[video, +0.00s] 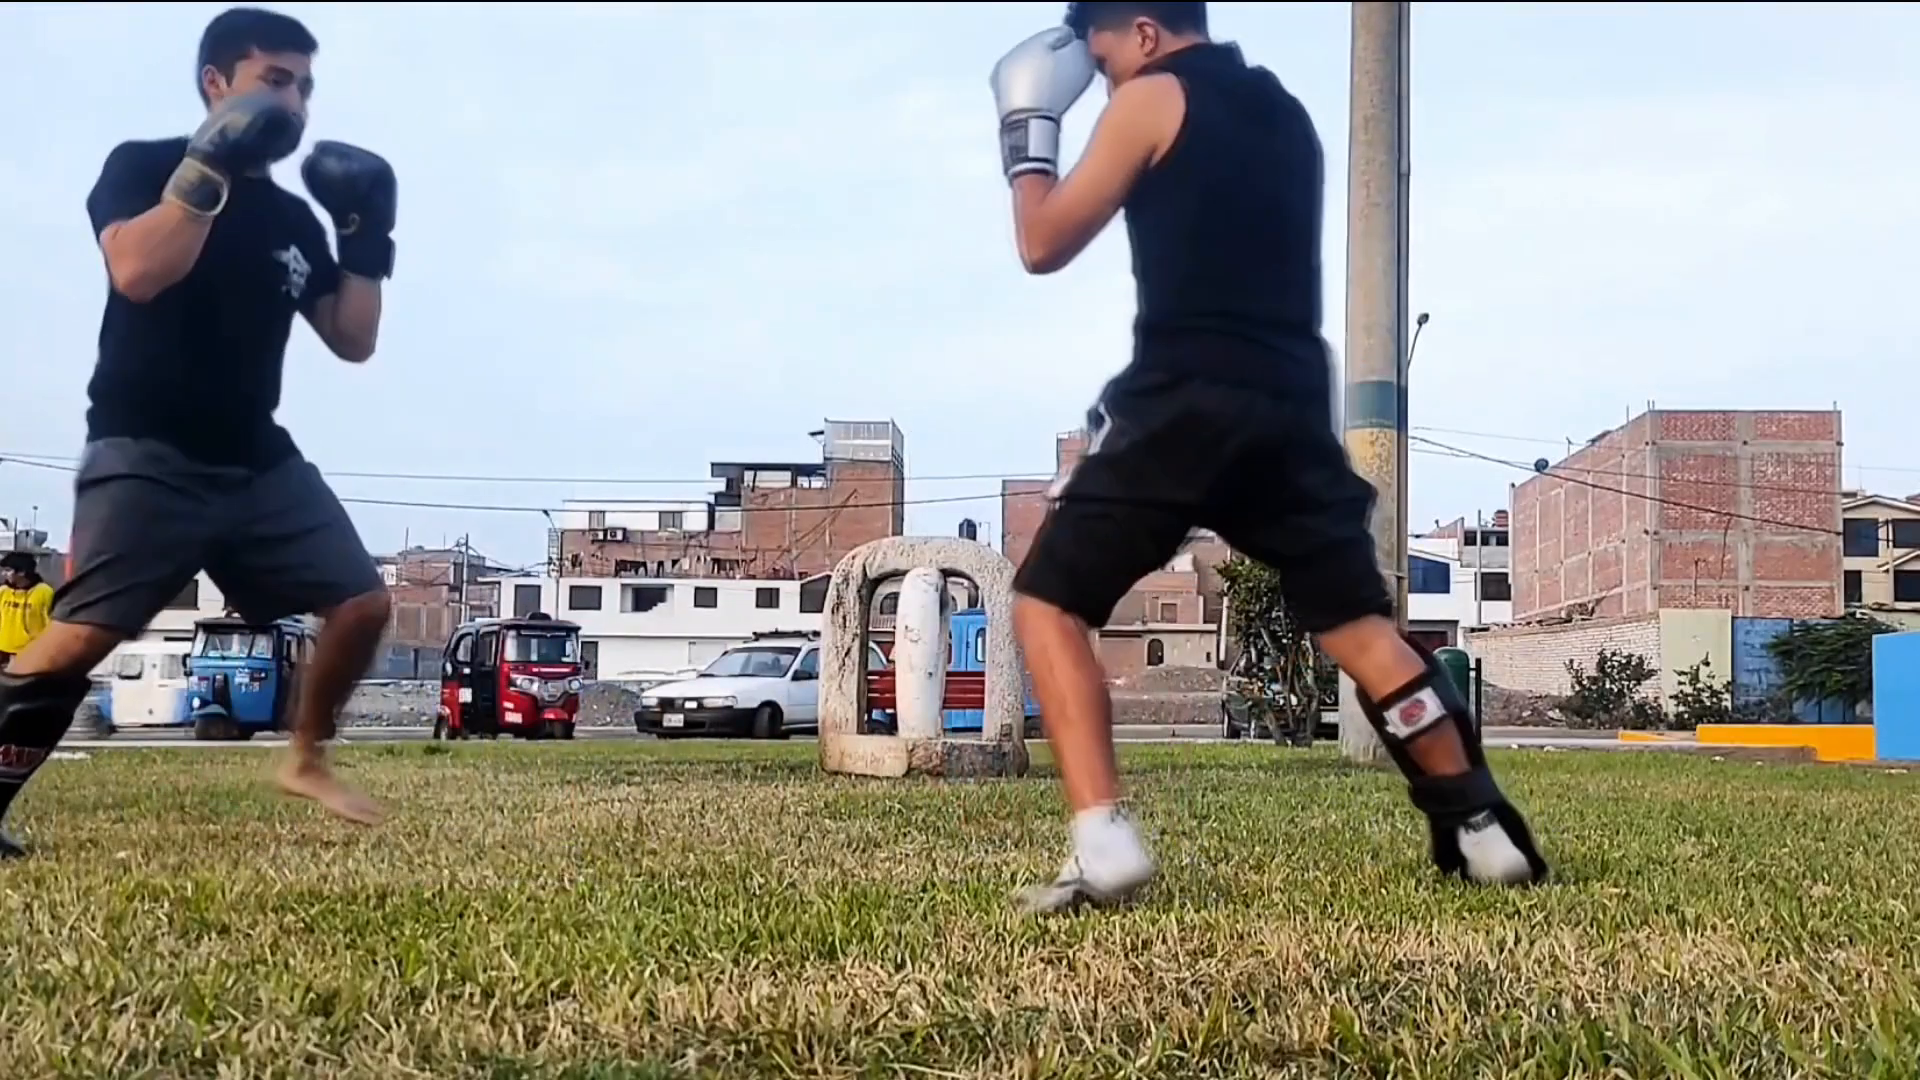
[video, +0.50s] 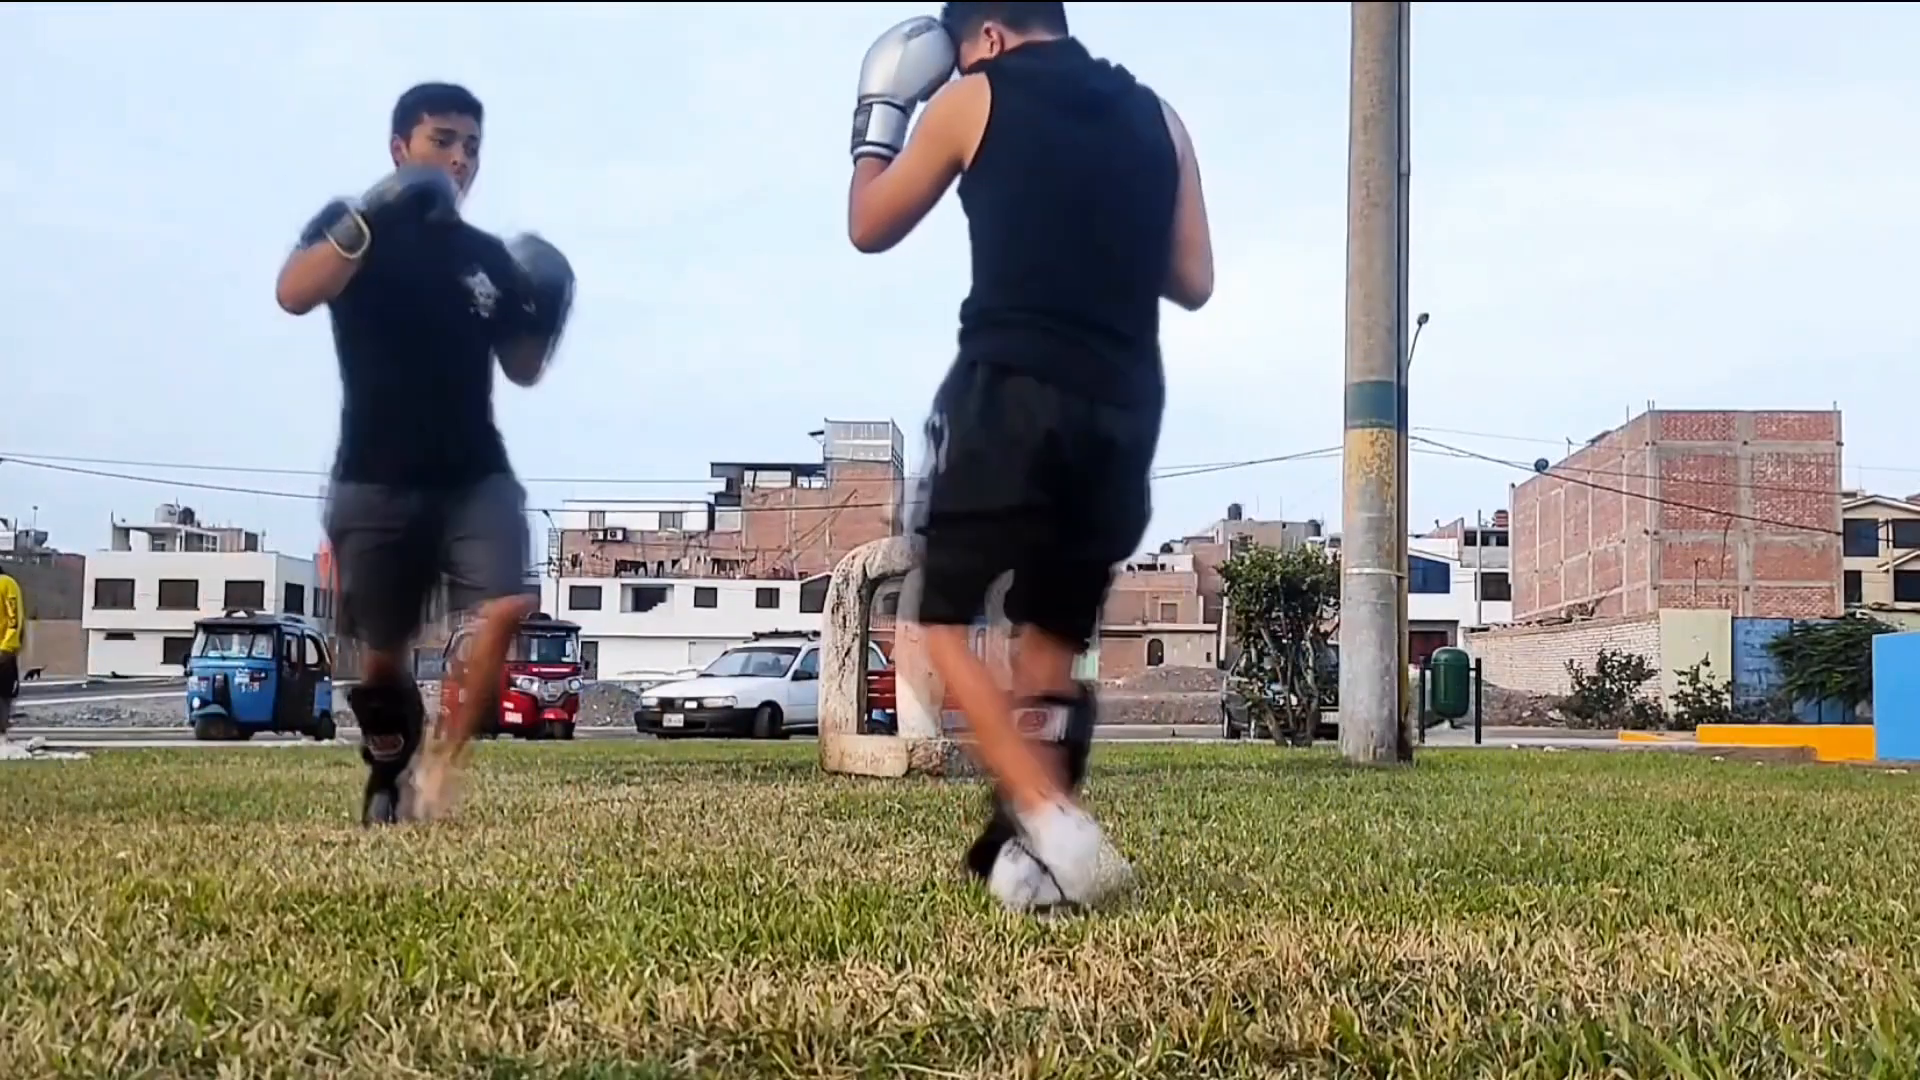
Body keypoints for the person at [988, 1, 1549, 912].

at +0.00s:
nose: (1103, 76)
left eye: (1103, 56)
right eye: (1098, 60)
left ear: (1144, 30)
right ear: (1184, 24)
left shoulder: (1152, 98)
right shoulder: (1285, 113)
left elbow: (1040, 244)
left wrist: (1027, 134)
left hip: (1185, 403)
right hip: (1296, 411)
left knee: (1047, 603)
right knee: (1358, 625)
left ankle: (1104, 842)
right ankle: (1486, 834)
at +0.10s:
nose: (1053, 66)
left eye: (1052, 46)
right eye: (1048, 50)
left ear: (1090, 25)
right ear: (1141, 23)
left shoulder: (1098, 100)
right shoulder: (1245, 115)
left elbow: (980, 239)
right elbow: (1252, 282)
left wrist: (969, 128)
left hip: (1135, 413)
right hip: (1251, 416)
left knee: (1053, 635)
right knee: (1317, 621)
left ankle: (1100, 884)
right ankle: (1458, 819)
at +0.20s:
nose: (1014, 75)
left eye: (1012, 57)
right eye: (1007, 62)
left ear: (1048, 25)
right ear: (1099, 20)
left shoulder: (1052, 96)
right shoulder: (1213, 113)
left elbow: (932, 231)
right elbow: (1240, 281)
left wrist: (926, 119)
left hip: (1101, 409)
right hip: (1218, 411)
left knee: (1031, 634)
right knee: (1260, 609)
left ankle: (1098, 882)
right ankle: (1375, 804)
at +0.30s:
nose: (979, 55)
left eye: (978, 36)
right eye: (977, 40)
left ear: (1013, 14)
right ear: (1073, 11)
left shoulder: (1014, 84)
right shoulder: (1188, 99)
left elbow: (906, 220)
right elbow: (1226, 268)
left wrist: (904, 106)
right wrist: (1123, 238)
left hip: (1076, 379)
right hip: (1194, 383)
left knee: (1041, 629)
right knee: (1194, 609)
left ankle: (1100, 881)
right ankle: (1235, 793)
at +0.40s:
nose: (963, 47)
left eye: (962, 30)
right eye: (961, 34)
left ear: (995, 20)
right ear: (1064, 16)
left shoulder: (988, 86)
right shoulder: (1169, 98)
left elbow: (883, 219)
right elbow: (1214, 264)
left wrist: (885, 108)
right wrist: (1114, 210)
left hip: (1047, 376)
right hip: (1164, 385)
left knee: (1040, 632)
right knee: (1127, 629)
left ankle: (1102, 887)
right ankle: (1087, 816)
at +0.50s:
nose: (958, 62)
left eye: (957, 47)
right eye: (957, 49)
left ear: (990, 33)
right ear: (1058, 27)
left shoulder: (978, 97)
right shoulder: (1158, 117)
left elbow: (870, 224)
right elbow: (1192, 279)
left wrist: (878, 119)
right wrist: (1100, 224)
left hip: (1008, 390)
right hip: (1124, 407)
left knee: (940, 628)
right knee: (1054, 632)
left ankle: (1065, 838)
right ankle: (1027, 859)